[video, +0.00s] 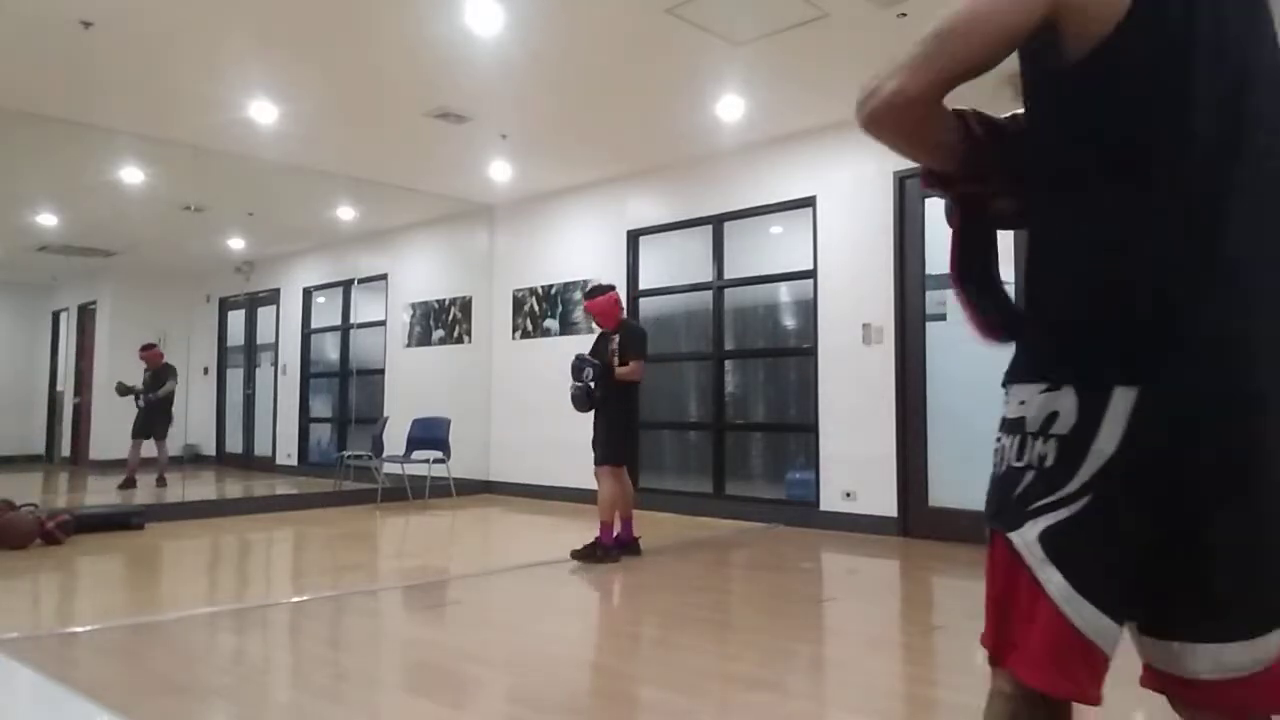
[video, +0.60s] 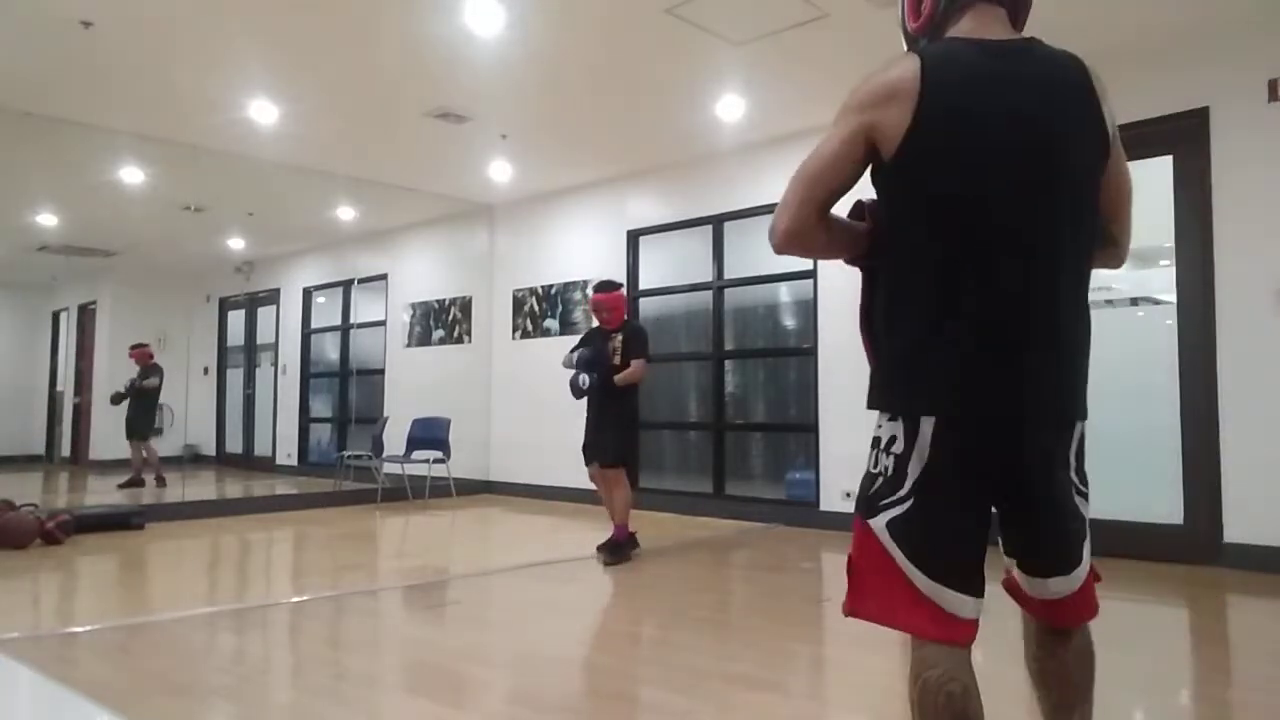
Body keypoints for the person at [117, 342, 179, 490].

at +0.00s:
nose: (145, 363)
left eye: (146, 359)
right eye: (143, 360)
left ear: (156, 356)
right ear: (146, 359)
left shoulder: (169, 369)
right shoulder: (148, 371)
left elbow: (170, 386)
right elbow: (146, 388)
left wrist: (153, 396)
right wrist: (131, 389)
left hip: (161, 413)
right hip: (145, 412)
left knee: (160, 444)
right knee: (136, 443)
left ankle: (161, 476)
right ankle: (130, 477)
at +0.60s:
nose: (135, 361)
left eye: (137, 358)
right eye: (134, 358)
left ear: (145, 356)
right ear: (140, 358)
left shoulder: (155, 369)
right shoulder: (142, 372)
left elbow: (154, 383)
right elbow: (134, 388)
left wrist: (136, 384)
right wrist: (122, 395)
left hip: (146, 413)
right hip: (134, 413)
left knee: (145, 443)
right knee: (134, 444)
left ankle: (159, 475)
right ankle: (136, 476)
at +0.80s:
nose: (128, 362)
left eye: (129, 358)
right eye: (127, 359)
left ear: (137, 356)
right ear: (136, 357)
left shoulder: (147, 369)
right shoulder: (137, 370)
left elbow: (142, 383)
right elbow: (133, 384)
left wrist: (126, 383)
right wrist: (121, 383)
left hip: (136, 410)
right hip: (129, 409)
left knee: (126, 441)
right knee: (131, 442)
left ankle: (148, 468)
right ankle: (137, 476)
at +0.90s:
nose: (125, 361)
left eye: (126, 357)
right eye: (124, 357)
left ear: (135, 355)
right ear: (134, 356)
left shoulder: (144, 369)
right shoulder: (135, 370)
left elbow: (136, 384)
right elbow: (130, 385)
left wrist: (117, 383)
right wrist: (113, 384)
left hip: (133, 411)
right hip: (129, 409)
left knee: (120, 440)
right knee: (131, 442)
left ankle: (138, 474)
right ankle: (138, 476)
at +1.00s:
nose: (122, 361)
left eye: (123, 357)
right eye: (121, 358)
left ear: (131, 355)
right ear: (133, 355)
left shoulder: (136, 369)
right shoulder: (141, 368)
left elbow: (127, 384)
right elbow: (130, 388)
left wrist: (108, 386)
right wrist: (117, 398)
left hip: (129, 410)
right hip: (134, 410)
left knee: (116, 439)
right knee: (131, 441)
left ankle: (123, 475)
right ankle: (136, 476)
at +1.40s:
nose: (109, 359)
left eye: (111, 355)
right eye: (109, 356)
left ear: (119, 354)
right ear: (123, 354)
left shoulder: (122, 370)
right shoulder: (128, 368)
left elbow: (112, 395)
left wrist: (98, 397)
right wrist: (100, 389)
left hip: (115, 412)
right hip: (118, 411)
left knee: (111, 443)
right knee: (112, 443)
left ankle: (112, 478)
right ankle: (131, 472)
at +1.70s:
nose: (100, 354)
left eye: (102, 351)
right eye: (101, 350)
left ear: (106, 351)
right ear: (117, 352)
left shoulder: (108, 368)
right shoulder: (123, 368)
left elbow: (96, 386)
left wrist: (84, 391)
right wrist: (90, 389)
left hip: (105, 412)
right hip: (115, 412)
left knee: (101, 443)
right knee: (108, 443)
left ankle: (107, 477)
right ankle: (109, 477)